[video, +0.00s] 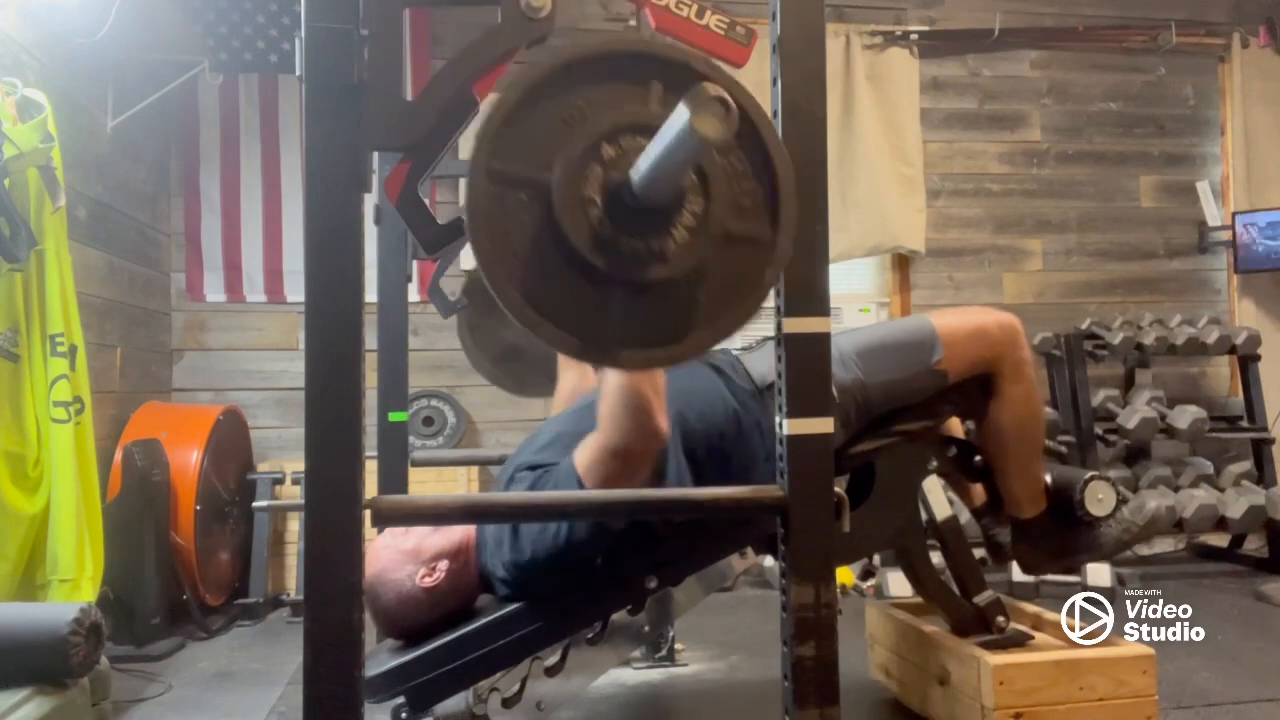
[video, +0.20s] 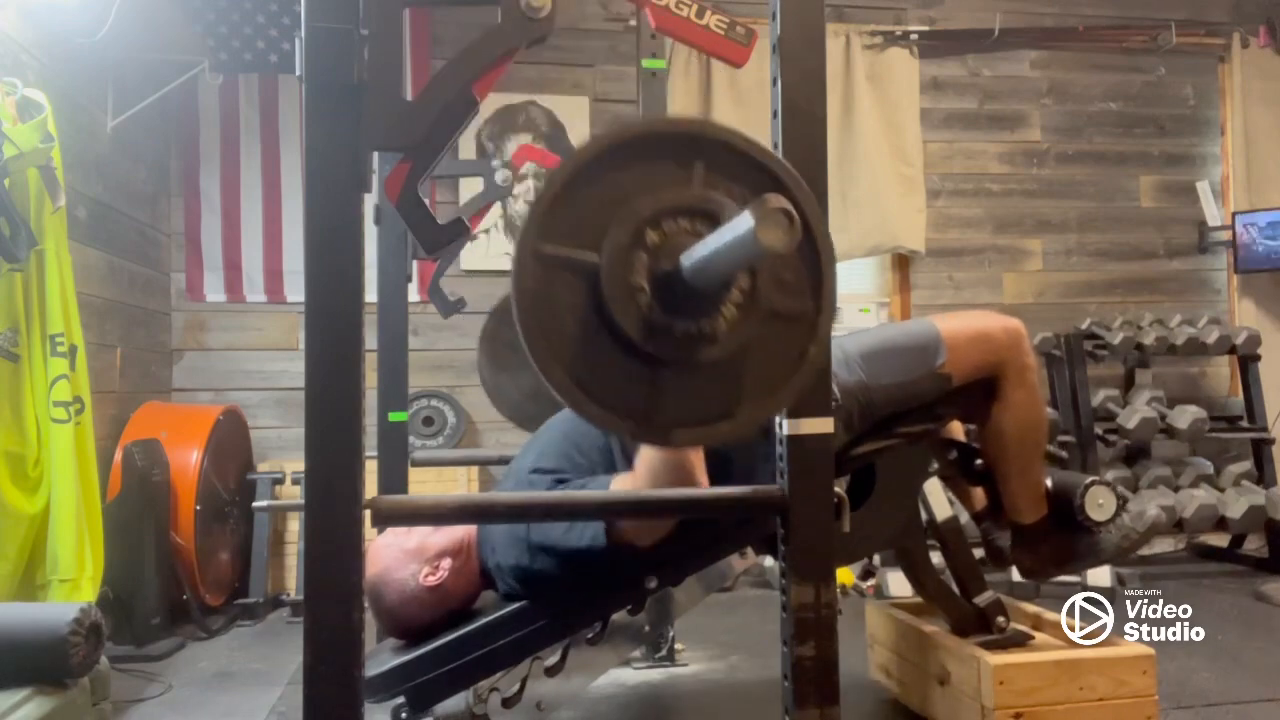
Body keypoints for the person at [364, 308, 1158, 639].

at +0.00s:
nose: (413, 525)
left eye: (395, 530)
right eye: (412, 543)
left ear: (426, 552)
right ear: (445, 573)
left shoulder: (499, 493)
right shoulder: (532, 550)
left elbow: (576, 397)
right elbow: (637, 431)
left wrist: (571, 251)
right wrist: (615, 277)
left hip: (734, 369)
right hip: (766, 421)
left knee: (929, 325)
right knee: (998, 337)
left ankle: (973, 460)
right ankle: (1033, 521)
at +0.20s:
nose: (418, 532)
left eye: (401, 536)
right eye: (417, 550)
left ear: (425, 541)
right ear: (447, 578)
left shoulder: (496, 500)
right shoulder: (527, 543)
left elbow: (623, 427)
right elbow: (669, 486)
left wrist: (649, 318)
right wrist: (665, 343)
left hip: (741, 379)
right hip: (765, 429)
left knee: (960, 330)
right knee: (1004, 342)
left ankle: (988, 476)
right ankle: (1033, 528)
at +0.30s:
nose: (417, 530)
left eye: (399, 535)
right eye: (417, 549)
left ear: (425, 545)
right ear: (446, 577)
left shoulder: (494, 499)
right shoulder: (528, 545)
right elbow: (672, 529)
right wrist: (691, 399)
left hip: (712, 388)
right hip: (748, 437)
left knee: (936, 322)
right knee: (1002, 341)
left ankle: (980, 469)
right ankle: (1033, 526)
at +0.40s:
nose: (419, 529)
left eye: (401, 534)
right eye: (418, 547)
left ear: (428, 549)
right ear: (447, 575)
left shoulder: (496, 499)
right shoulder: (533, 541)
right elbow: (690, 539)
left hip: (706, 394)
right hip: (752, 434)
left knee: (900, 314)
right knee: (1001, 339)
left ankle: (978, 471)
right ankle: (1032, 526)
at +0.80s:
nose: (421, 530)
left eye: (404, 535)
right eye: (419, 548)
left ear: (428, 543)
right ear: (448, 576)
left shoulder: (500, 497)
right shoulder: (527, 546)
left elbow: (605, 420)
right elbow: (659, 499)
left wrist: (657, 321)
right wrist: (669, 365)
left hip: (735, 375)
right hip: (757, 428)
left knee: (953, 326)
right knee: (1004, 341)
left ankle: (986, 472)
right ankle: (1033, 527)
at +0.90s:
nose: (420, 530)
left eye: (402, 534)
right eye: (417, 548)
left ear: (429, 544)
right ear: (447, 576)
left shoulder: (503, 493)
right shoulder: (526, 547)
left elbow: (630, 432)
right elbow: (654, 463)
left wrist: (609, 312)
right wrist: (635, 325)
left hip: (745, 372)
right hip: (766, 424)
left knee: (960, 327)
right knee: (1005, 341)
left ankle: (982, 476)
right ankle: (1032, 528)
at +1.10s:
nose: (415, 530)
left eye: (398, 533)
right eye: (411, 548)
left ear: (427, 541)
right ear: (444, 578)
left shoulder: (505, 493)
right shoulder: (528, 559)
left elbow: (556, 379)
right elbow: (591, 399)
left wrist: (567, 213)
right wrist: (591, 228)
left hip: (748, 373)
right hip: (772, 423)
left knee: (957, 329)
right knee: (1004, 341)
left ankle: (980, 477)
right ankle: (1031, 527)